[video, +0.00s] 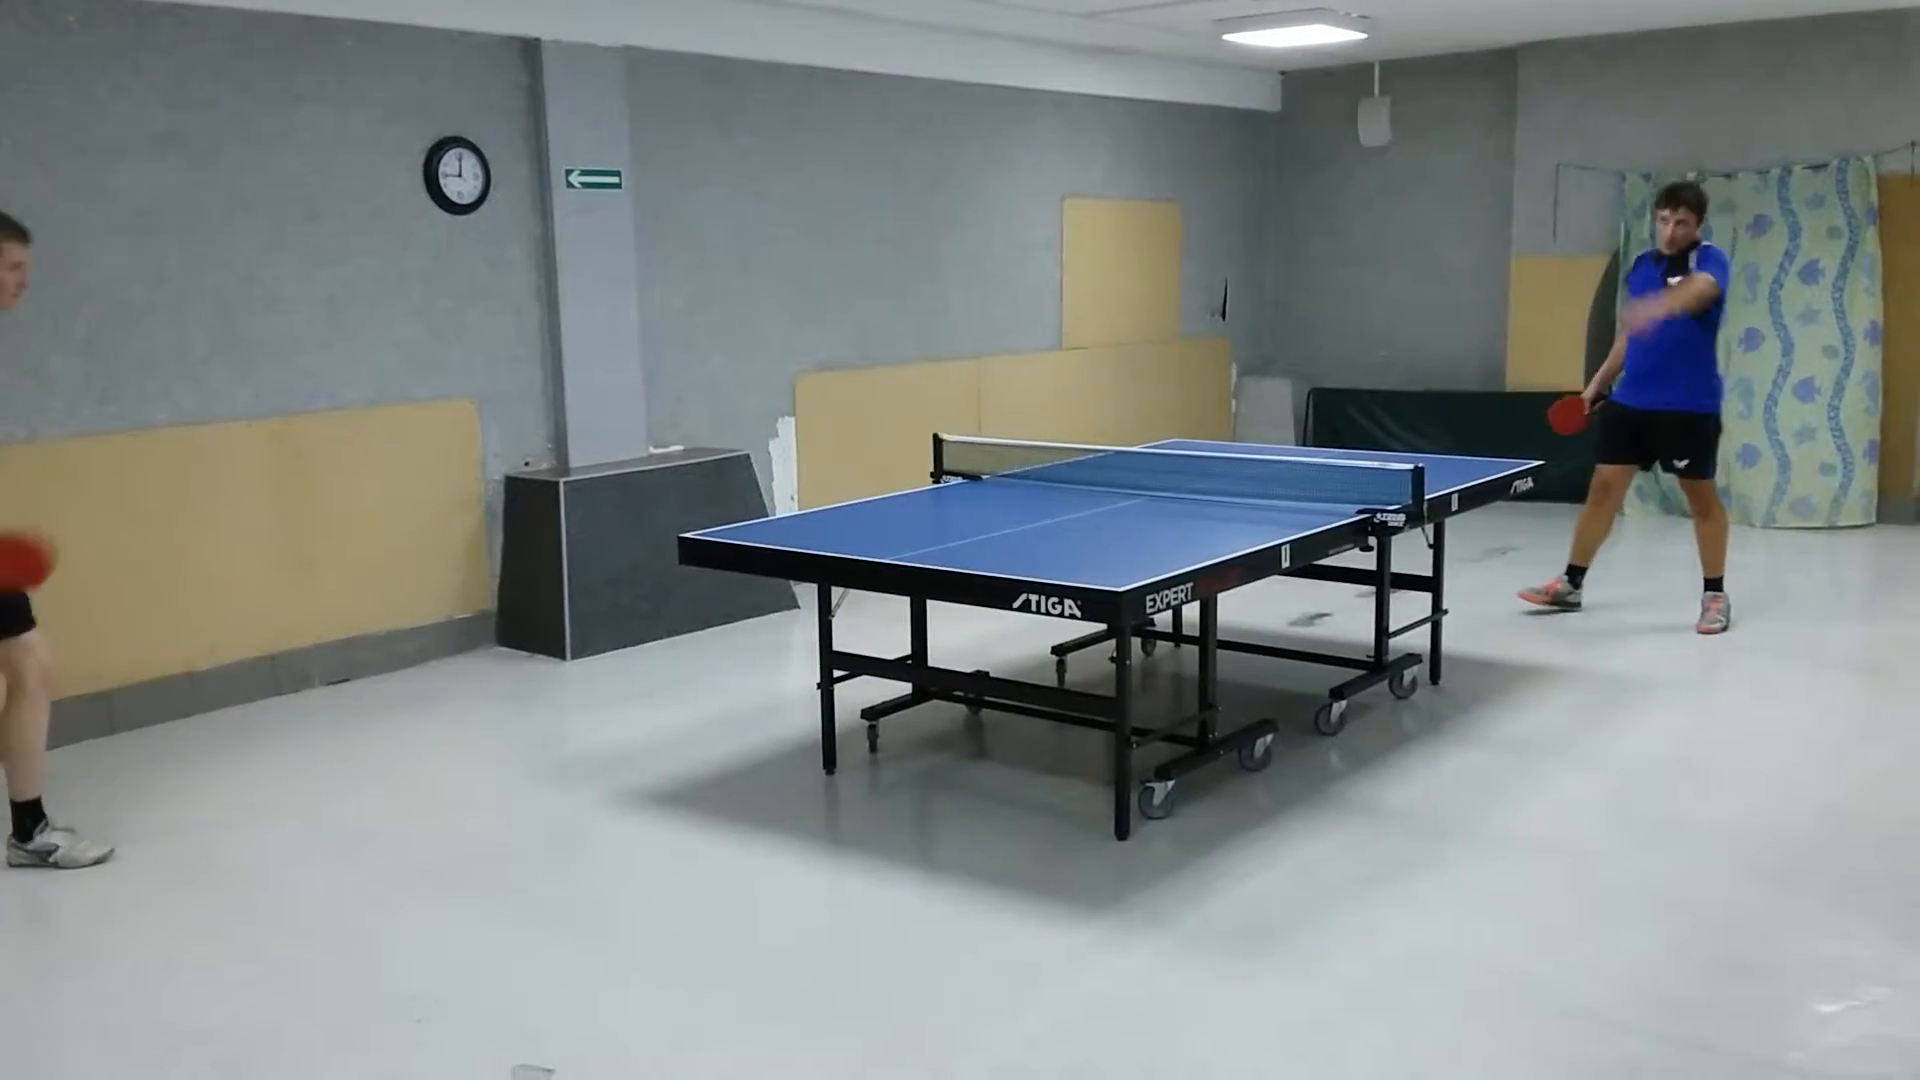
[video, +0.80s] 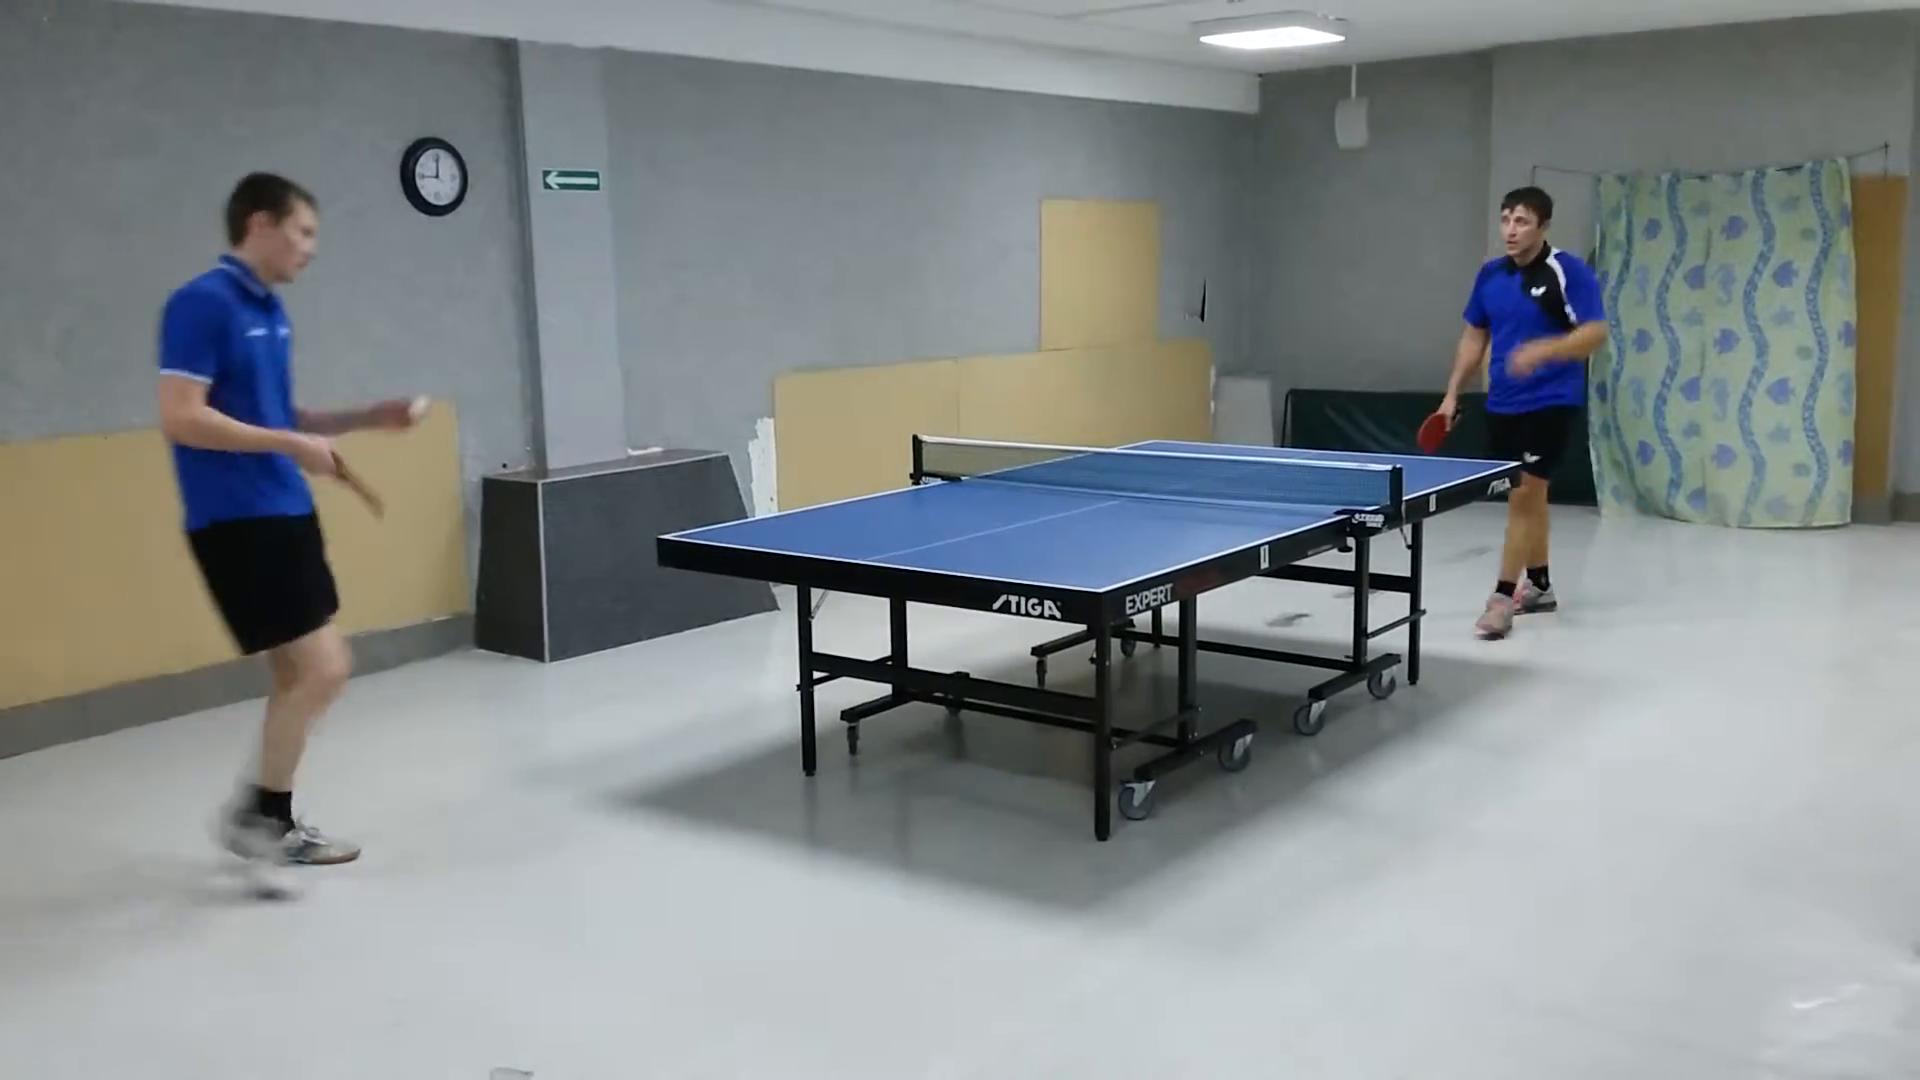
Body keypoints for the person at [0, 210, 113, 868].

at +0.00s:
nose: (20, 281)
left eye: (23, 269)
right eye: (11, 268)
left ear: (22, 272)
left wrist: (10, 549)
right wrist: (9, 552)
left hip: (9, 566)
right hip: (8, 569)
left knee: (27, 666)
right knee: (29, 665)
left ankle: (28, 825)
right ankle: (28, 827)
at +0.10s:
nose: (44, 268)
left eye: (48, 256)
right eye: (34, 255)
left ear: (32, 260)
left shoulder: (11, 328)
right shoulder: (2, 330)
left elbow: (10, 438)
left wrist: (37, 487)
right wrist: (16, 488)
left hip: (15, 523)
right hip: (1, 529)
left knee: (21, 675)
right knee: (28, 675)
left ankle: (23, 824)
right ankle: (24, 827)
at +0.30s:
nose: (97, 270)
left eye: (102, 258)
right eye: (89, 254)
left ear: (64, 251)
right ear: (44, 242)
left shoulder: (68, 313)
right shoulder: (4, 308)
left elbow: (75, 429)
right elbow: (6, 435)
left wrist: (115, 503)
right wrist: (89, 384)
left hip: (88, 522)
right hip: (22, 532)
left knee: (164, 650)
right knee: (24, 683)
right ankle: (12, 823)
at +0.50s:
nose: (191, 283)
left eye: (196, 270)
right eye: (184, 266)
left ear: (158, 260)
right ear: (137, 252)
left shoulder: (160, 333)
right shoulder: (71, 329)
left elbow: (162, 442)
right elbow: (103, 444)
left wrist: (225, 503)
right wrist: (179, 366)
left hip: (177, 536)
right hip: (100, 548)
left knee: (242, 667)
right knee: (84, 687)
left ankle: (278, 824)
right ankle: (23, 816)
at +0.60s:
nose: (238, 271)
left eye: (243, 258)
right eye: (230, 254)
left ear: (195, 251)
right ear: (185, 244)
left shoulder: (202, 328)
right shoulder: (118, 321)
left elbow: (207, 438)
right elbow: (123, 437)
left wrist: (278, 491)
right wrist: (216, 388)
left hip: (219, 527)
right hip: (147, 540)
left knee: (273, 664)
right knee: (168, 691)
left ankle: (276, 827)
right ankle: (61, 793)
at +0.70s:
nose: (274, 259)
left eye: (278, 246)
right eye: (266, 242)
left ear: (237, 240)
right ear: (221, 232)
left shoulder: (238, 319)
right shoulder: (158, 309)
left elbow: (248, 425)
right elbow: (145, 425)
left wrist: (336, 452)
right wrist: (251, 413)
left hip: (256, 513)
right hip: (190, 526)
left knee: (289, 668)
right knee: (252, 680)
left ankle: (273, 827)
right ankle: (142, 780)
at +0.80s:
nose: (310, 249)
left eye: (314, 236)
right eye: (302, 233)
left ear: (270, 232)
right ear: (258, 226)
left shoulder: (269, 311)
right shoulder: (201, 303)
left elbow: (280, 420)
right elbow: (180, 417)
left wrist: (371, 418)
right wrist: (290, 443)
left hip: (281, 512)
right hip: (235, 520)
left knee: (299, 674)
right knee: (323, 667)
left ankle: (274, 821)